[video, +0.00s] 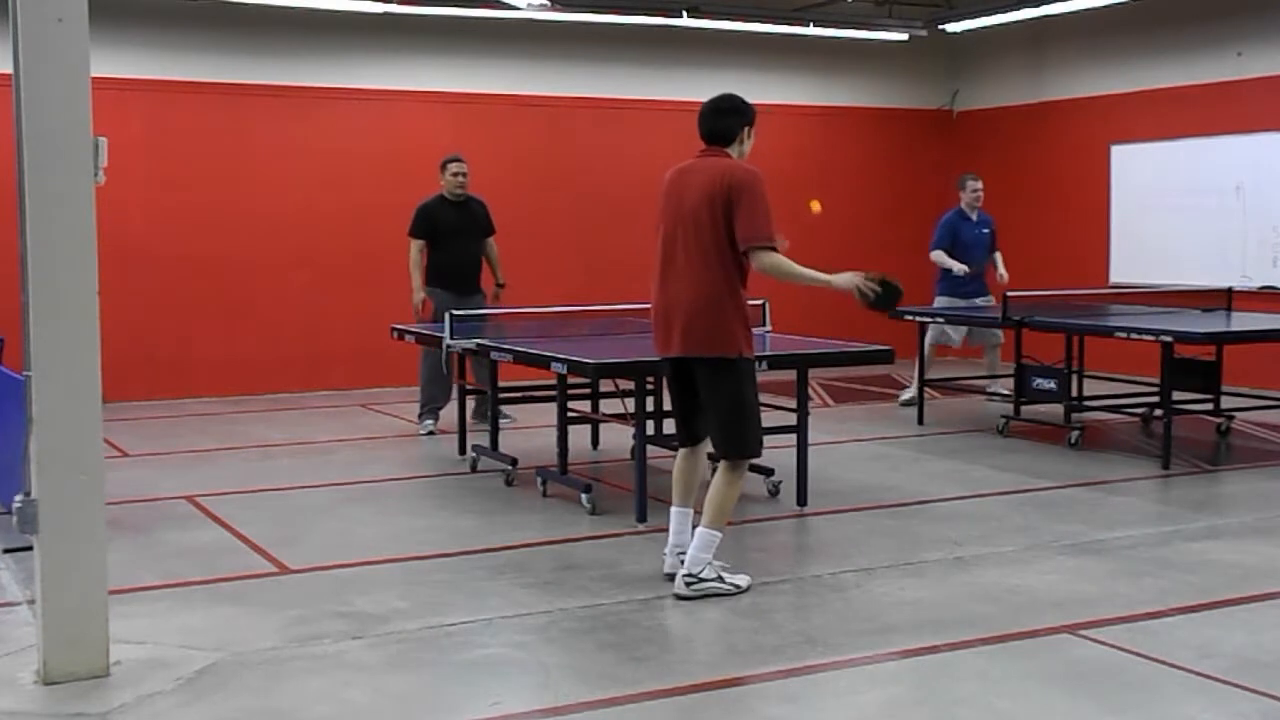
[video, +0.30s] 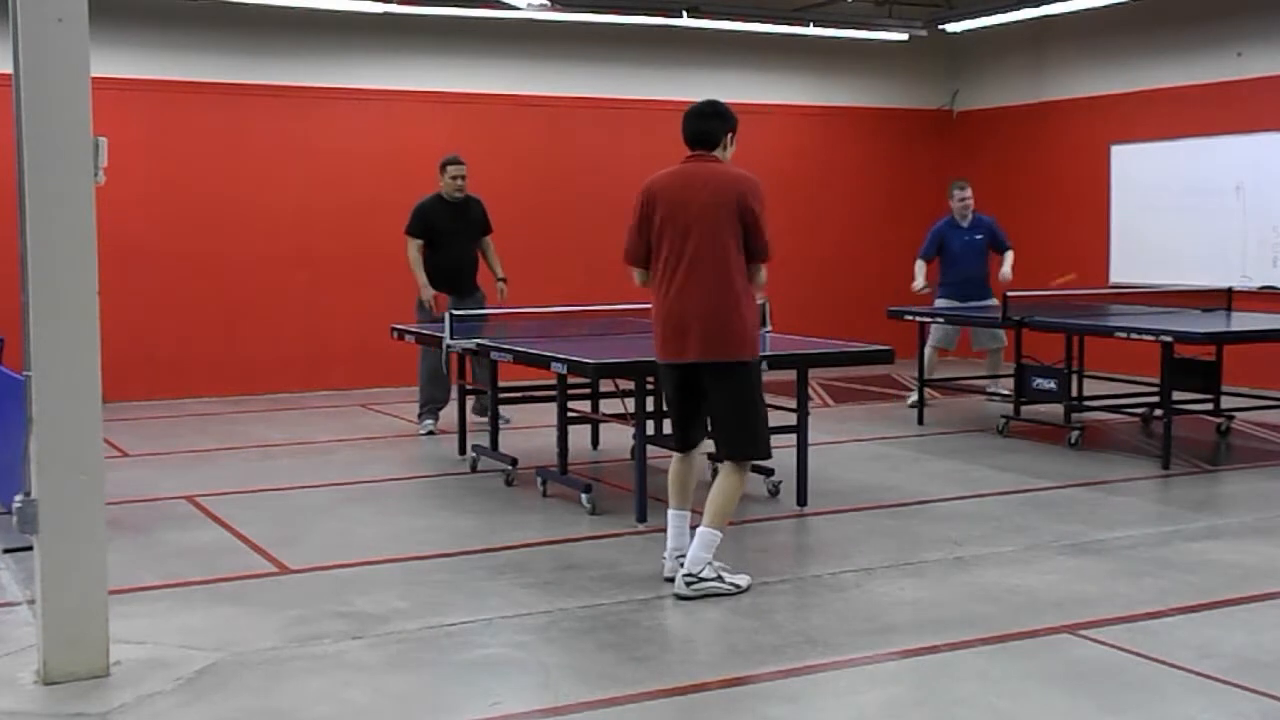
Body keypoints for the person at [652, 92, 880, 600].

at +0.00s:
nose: (752, 142)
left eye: (751, 133)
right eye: (752, 134)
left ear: (704, 133)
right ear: (742, 135)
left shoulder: (676, 177)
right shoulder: (741, 178)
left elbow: (688, 246)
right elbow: (764, 259)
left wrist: (759, 244)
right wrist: (833, 279)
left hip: (671, 329)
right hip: (718, 333)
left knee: (692, 441)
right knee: (736, 455)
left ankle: (676, 550)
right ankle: (697, 568)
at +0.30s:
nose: (737, 146)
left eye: (735, 138)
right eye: (736, 139)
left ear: (685, 140)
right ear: (727, 140)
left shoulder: (655, 188)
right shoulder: (741, 186)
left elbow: (640, 274)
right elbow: (758, 273)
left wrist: (688, 273)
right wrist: (725, 279)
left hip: (674, 343)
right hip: (730, 343)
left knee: (686, 446)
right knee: (736, 458)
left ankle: (676, 553)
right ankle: (697, 567)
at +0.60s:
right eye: (725, 134)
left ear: (683, 140)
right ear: (727, 139)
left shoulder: (662, 191)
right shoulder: (751, 187)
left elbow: (625, 268)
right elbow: (765, 262)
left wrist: (580, 316)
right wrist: (736, 306)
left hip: (691, 344)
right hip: (751, 341)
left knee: (692, 445)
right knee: (764, 456)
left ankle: (677, 552)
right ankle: (737, 550)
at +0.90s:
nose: (722, 152)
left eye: (721, 145)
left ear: (722, 150)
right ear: (766, 149)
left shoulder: (708, 199)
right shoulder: (793, 199)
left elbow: (702, 276)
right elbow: (804, 282)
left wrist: (684, 356)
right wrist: (782, 333)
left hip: (727, 354)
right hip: (792, 356)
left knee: (706, 445)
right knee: (823, 463)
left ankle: (679, 551)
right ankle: (873, 570)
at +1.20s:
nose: (798, 145)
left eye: (799, 137)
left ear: (804, 139)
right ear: (848, 140)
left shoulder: (792, 182)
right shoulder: (874, 190)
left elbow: (791, 257)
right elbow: (894, 268)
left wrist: (763, 346)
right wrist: (844, 256)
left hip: (804, 354)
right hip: (869, 356)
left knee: (750, 454)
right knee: (873, 475)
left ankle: (724, 569)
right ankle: (908, 589)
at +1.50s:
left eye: (844, 148)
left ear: (847, 154)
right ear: (897, 156)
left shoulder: (817, 201)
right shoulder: (918, 211)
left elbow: (775, 280)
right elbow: (937, 301)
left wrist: (752, 344)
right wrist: (935, 352)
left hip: (824, 365)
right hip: (895, 365)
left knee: (817, 498)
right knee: (898, 472)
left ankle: (841, 625)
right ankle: (914, 593)